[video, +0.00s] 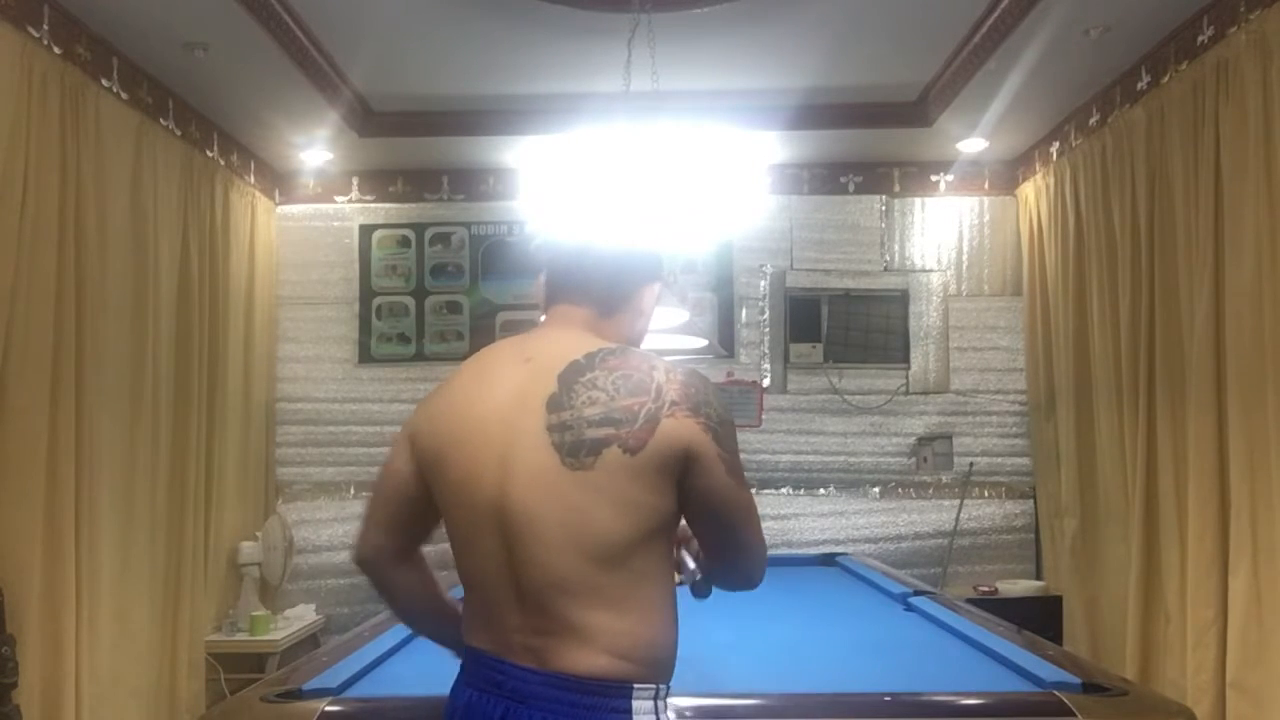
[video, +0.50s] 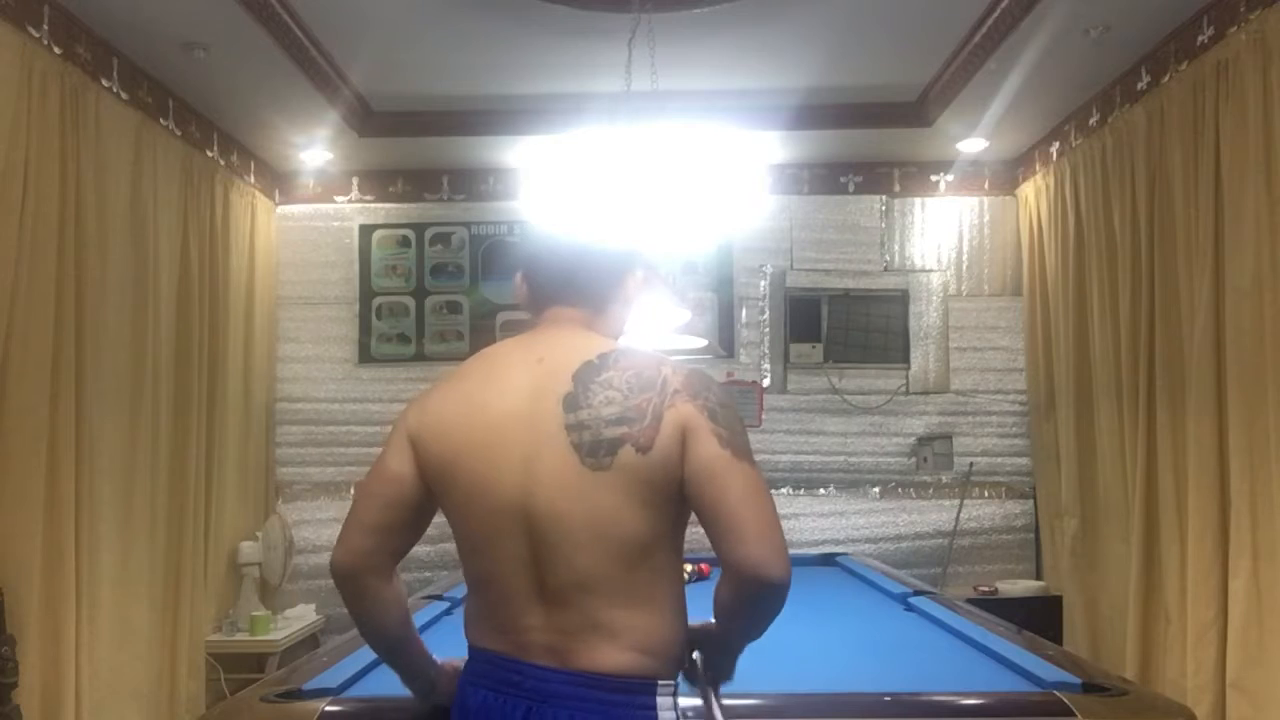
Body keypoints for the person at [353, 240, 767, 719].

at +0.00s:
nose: (655, 309)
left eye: (658, 293)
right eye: (656, 292)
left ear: (546, 287)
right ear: (642, 293)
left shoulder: (456, 391)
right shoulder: (674, 396)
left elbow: (381, 549)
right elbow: (743, 569)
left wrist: (462, 637)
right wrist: (690, 545)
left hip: (480, 697)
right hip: (611, 703)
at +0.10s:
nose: (655, 305)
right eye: (655, 291)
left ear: (542, 283)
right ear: (643, 293)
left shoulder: (451, 392)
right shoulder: (676, 398)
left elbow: (356, 539)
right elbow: (748, 566)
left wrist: (435, 652)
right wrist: (693, 536)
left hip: (481, 695)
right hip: (614, 700)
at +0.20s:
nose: (653, 300)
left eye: (653, 284)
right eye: (653, 284)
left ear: (538, 281)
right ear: (641, 289)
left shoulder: (446, 394)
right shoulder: (678, 399)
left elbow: (348, 545)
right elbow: (751, 577)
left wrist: (418, 677)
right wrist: (690, 545)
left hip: (481, 696)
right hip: (614, 701)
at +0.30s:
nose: (651, 296)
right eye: (650, 283)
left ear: (532, 283)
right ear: (641, 286)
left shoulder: (445, 396)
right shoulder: (680, 400)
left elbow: (354, 560)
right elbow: (753, 586)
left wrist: (414, 689)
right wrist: (694, 574)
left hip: (481, 697)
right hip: (618, 702)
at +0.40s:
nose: (642, 292)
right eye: (642, 280)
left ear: (526, 285)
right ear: (632, 284)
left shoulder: (442, 398)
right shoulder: (677, 396)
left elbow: (353, 563)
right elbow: (763, 577)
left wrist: (419, 684)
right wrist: (716, 617)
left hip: (485, 694)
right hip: (621, 699)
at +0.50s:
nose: (644, 293)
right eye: (643, 280)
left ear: (525, 286)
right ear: (630, 283)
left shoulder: (444, 399)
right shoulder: (675, 392)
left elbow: (357, 562)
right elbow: (762, 568)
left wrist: (426, 678)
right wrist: (722, 646)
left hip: (487, 699)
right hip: (622, 702)